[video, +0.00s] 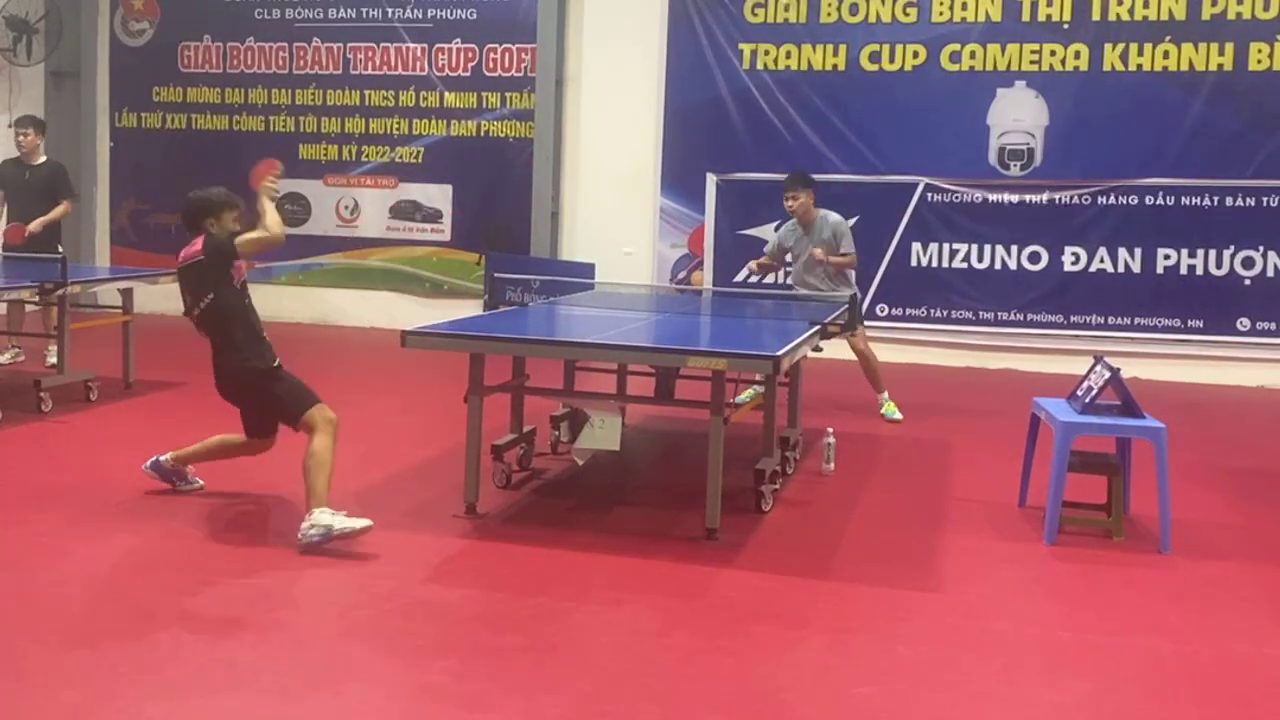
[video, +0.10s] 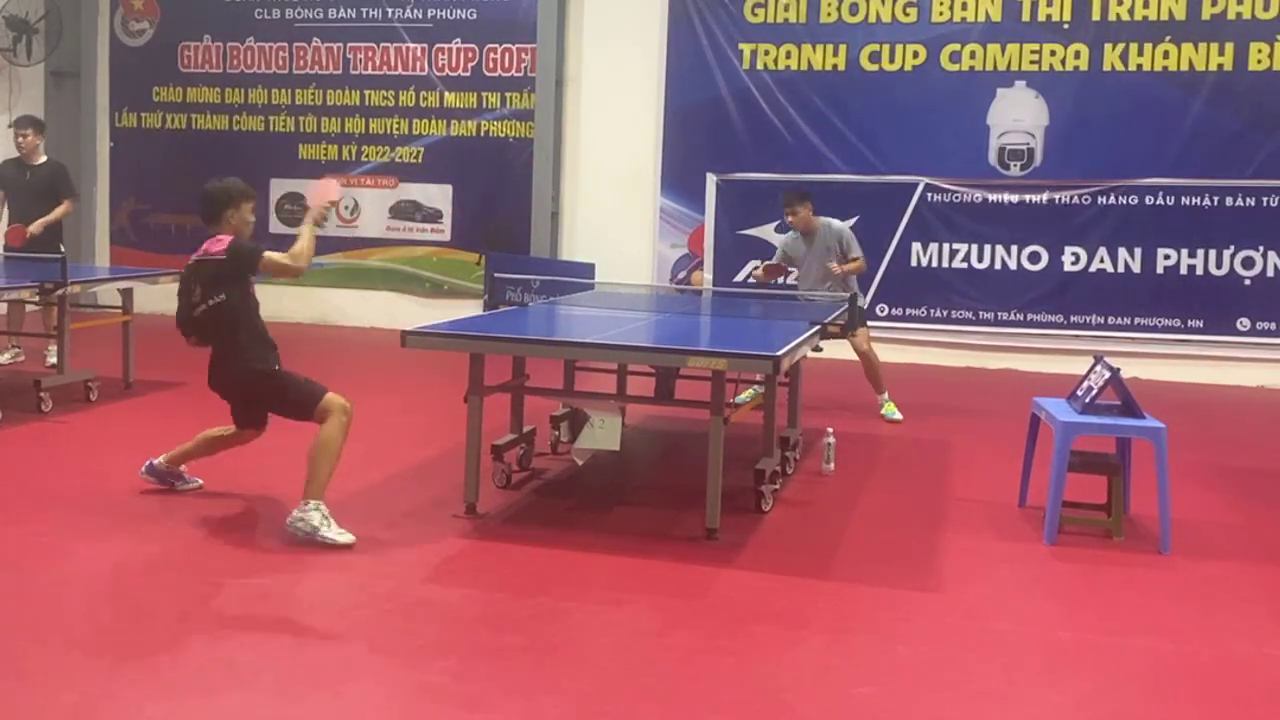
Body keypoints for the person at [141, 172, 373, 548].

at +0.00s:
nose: (238, 223)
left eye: (237, 217)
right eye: (232, 217)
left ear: (205, 224)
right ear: (211, 223)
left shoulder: (187, 262)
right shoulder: (212, 249)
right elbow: (274, 233)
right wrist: (266, 196)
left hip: (235, 370)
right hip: (255, 368)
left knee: (260, 441)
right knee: (323, 421)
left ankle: (171, 462)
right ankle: (317, 514)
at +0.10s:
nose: (253, 219)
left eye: (252, 212)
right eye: (249, 212)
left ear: (218, 218)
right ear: (229, 215)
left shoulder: (195, 263)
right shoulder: (232, 250)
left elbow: (192, 334)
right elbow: (297, 263)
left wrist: (228, 327)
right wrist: (310, 222)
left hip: (227, 373)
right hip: (253, 372)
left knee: (249, 429)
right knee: (337, 410)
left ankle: (164, 465)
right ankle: (311, 509)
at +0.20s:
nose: (283, 207)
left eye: (283, 199)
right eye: (280, 198)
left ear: (243, 204)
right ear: (261, 202)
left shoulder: (218, 248)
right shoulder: (262, 246)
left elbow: (204, 314)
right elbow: (319, 279)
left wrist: (258, 308)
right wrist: (342, 235)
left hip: (229, 372)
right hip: (259, 374)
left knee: (234, 422)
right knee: (345, 415)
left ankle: (164, 467)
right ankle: (310, 513)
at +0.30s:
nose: (323, 194)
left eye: (322, 186)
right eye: (320, 186)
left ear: (287, 192)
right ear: (303, 192)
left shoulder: (257, 233)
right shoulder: (289, 243)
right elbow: (315, 305)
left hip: (234, 359)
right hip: (263, 368)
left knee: (243, 414)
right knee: (351, 419)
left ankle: (183, 471)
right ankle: (309, 516)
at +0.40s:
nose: (362, 207)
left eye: (362, 198)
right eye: (359, 197)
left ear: (325, 200)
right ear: (339, 202)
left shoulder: (298, 241)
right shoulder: (308, 257)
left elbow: (306, 305)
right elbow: (279, 329)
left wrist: (354, 303)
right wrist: (328, 369)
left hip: (245, 355)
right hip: (262, 360)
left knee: (285, 420)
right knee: (363, 411)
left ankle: (194, 476)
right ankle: (325, 514)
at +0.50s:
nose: (397, 240)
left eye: (396, 231)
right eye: (392, 231)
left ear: (365, 236)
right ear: (367, 236)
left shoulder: (365, 281)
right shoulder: (306, 288)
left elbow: (388, 342)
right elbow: (254, 340)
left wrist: (416, 321)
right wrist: (254, 406)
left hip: (296, 382)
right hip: (281, 386)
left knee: (282, 453)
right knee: (370, 447)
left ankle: (184, 502)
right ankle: (388, 557)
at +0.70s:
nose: (430, 240)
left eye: (430, 230)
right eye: (425, 229)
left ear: (396, 235)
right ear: (397, 234)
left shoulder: (395, 284)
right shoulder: (347, 287)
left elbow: (376, 345)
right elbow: (321, 352)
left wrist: (410, 363)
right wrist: (289, 369)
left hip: (323, 395)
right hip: (330, 402)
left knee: (305, 458)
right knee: (439, 457)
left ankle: (233, 519)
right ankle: (402, 563)